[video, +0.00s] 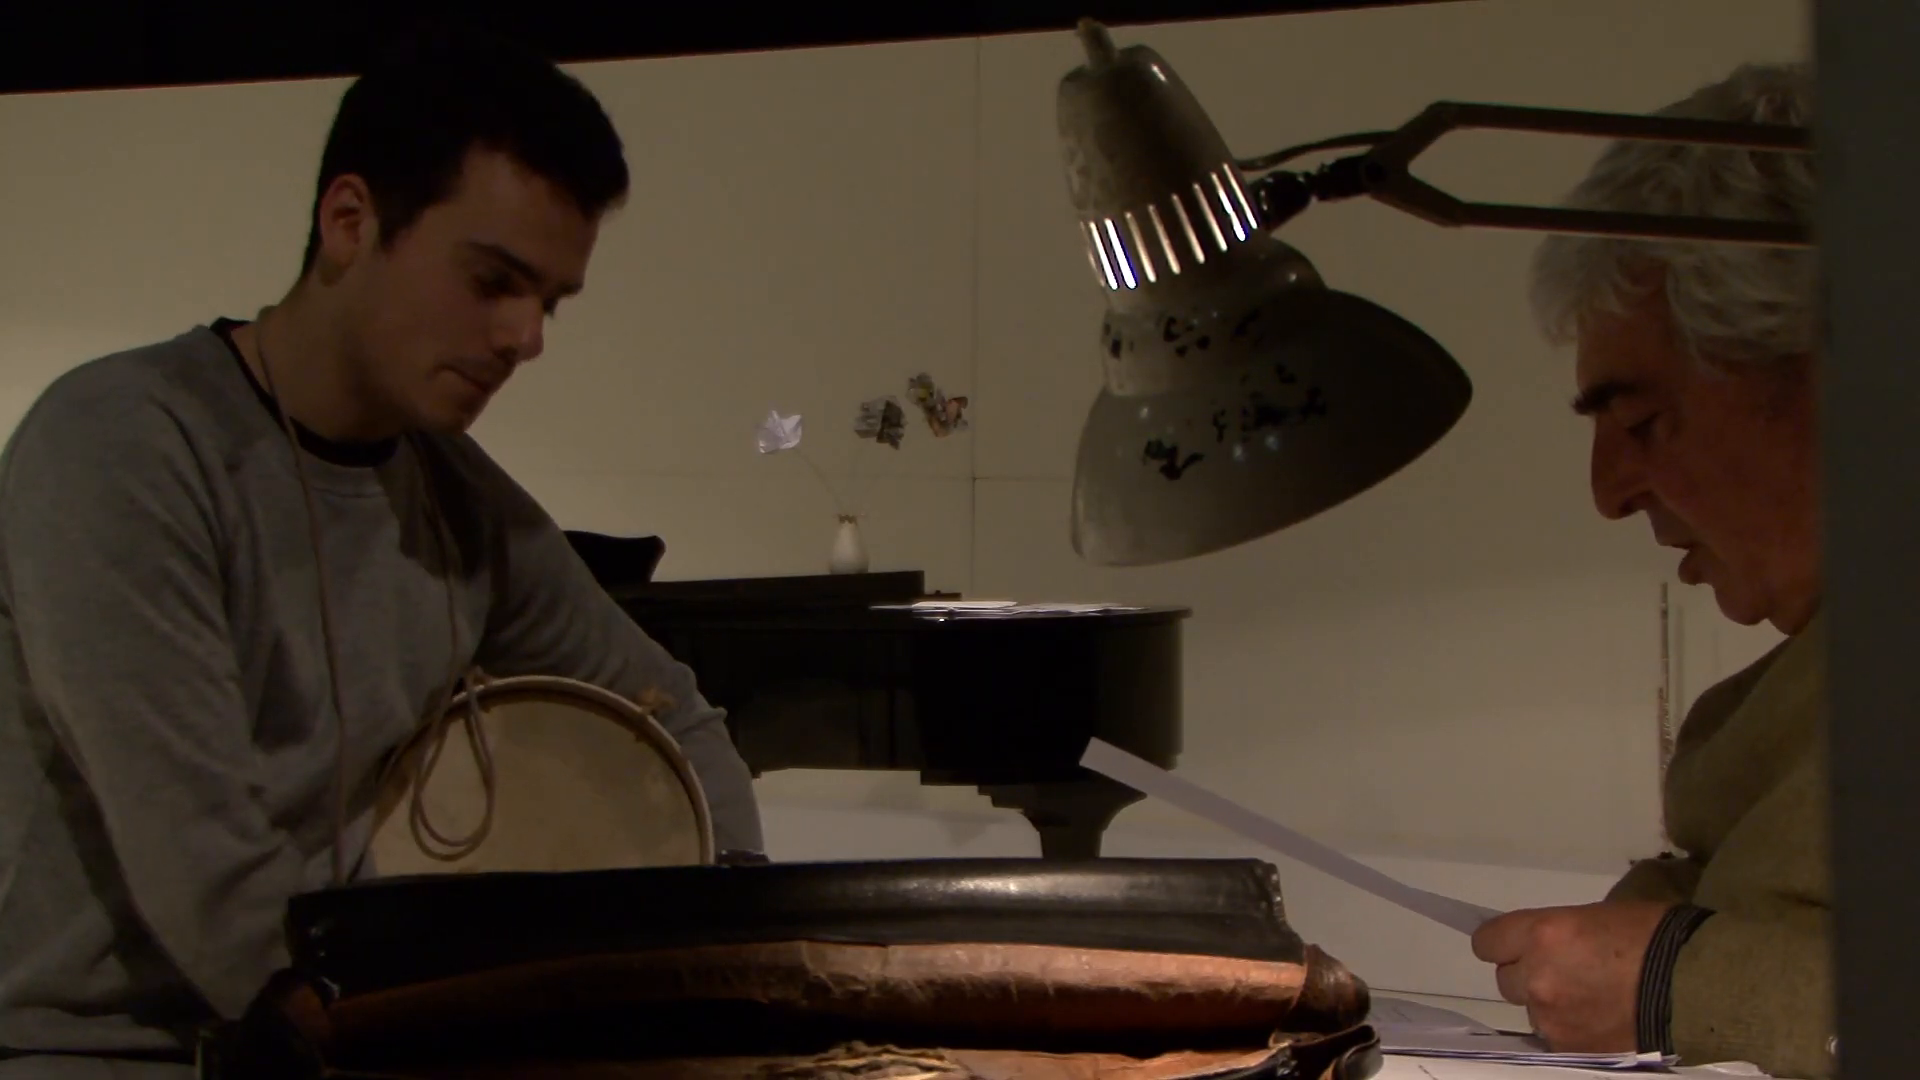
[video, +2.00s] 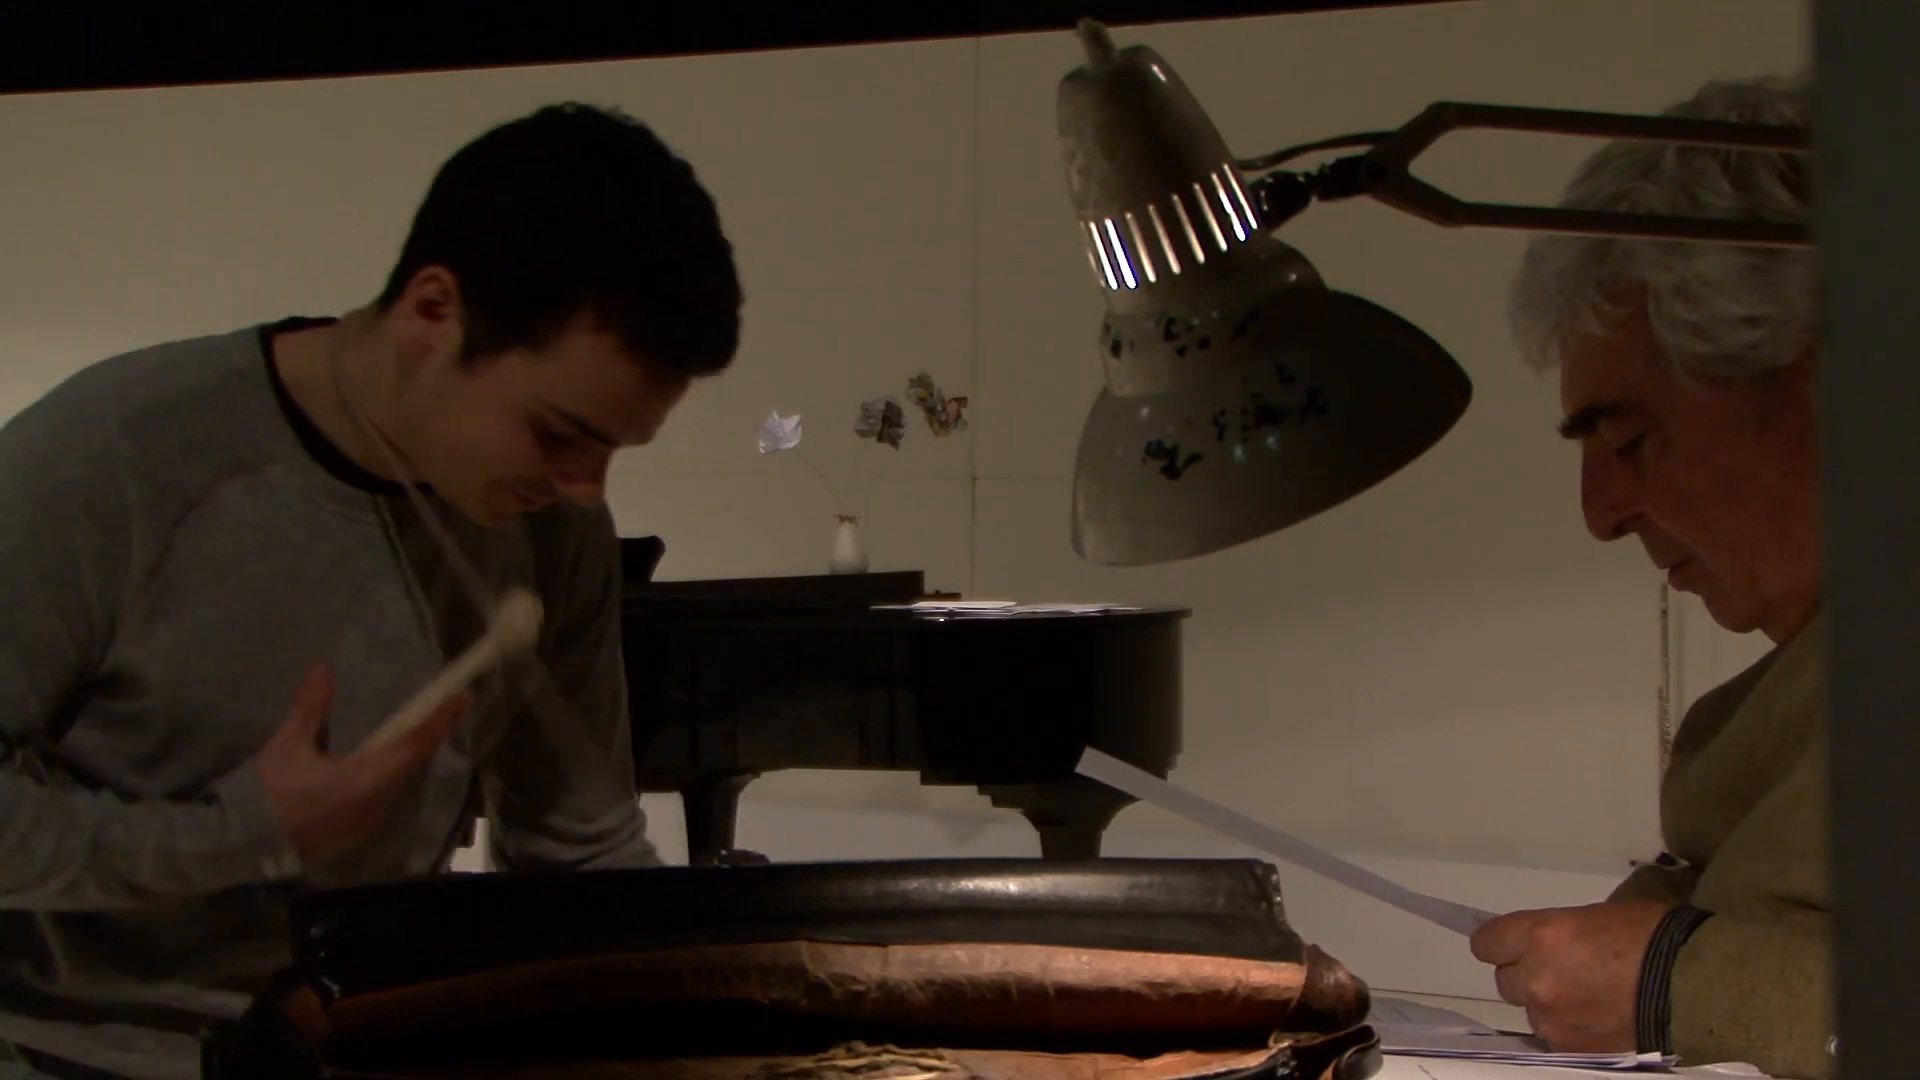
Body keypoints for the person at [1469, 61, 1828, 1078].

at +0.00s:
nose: (1612, 495)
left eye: (1640, 418)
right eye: (1602, 430)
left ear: (1823, 367)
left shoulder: (1869, 658)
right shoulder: (1798, 672)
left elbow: (1888, 1005)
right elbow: (1759, 880)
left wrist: (1675, 985)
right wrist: (1651, 933)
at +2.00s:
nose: (1603, 514)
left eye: (1628, 435)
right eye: (1591, 449)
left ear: (1807, 378)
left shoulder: (1874, 658)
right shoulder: (1794, 675)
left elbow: (1893, 1004)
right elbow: (1747, 871)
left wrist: (1674, 983)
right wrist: (1653, 931)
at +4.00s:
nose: (1601, 520)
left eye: (1623, 440)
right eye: (1589, 455)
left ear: (1806, 379)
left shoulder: (1873, 653)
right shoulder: (1796, 666)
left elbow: (1894, 1005)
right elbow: (1727, 869)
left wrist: (1674, 985)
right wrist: (1641, 946)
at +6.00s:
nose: (1594, 531)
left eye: (1619, 452)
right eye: (1584, 467)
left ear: (1802, 382)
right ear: (1796, 380)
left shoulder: (1876, 659)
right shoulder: (1792, 674)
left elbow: (1894, 1007)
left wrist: (1675, 986)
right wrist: (1652, 928)